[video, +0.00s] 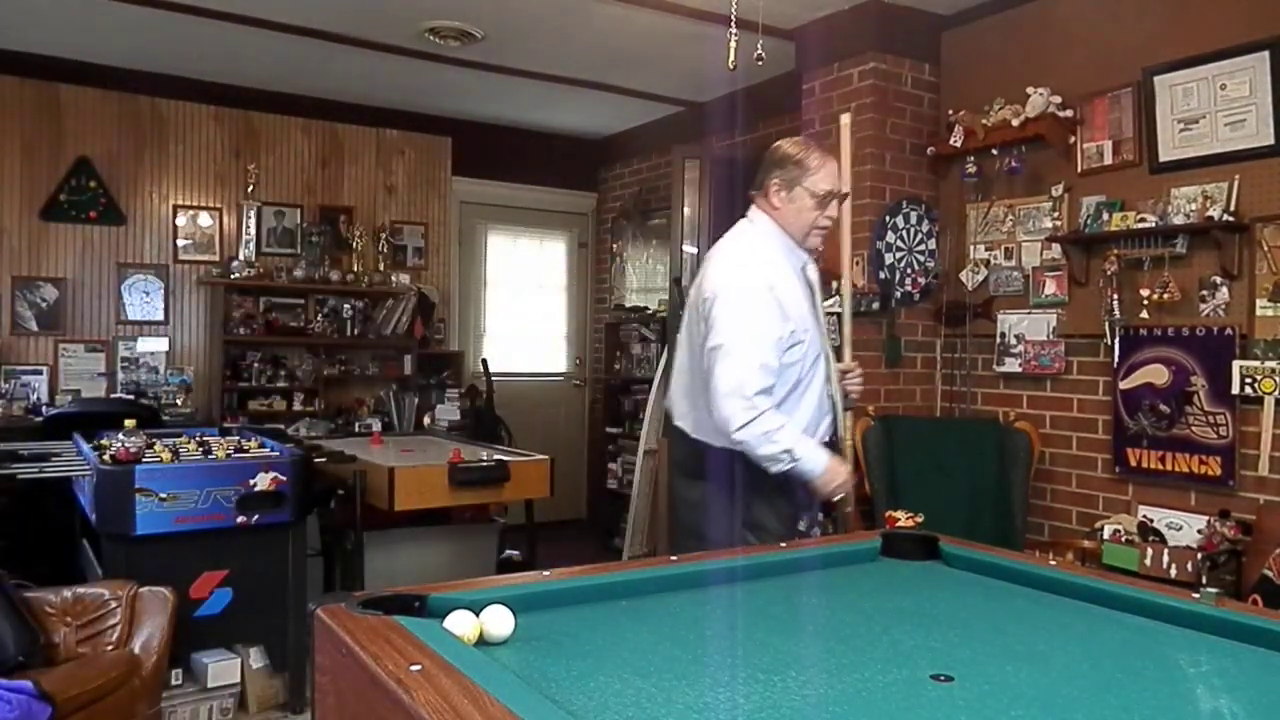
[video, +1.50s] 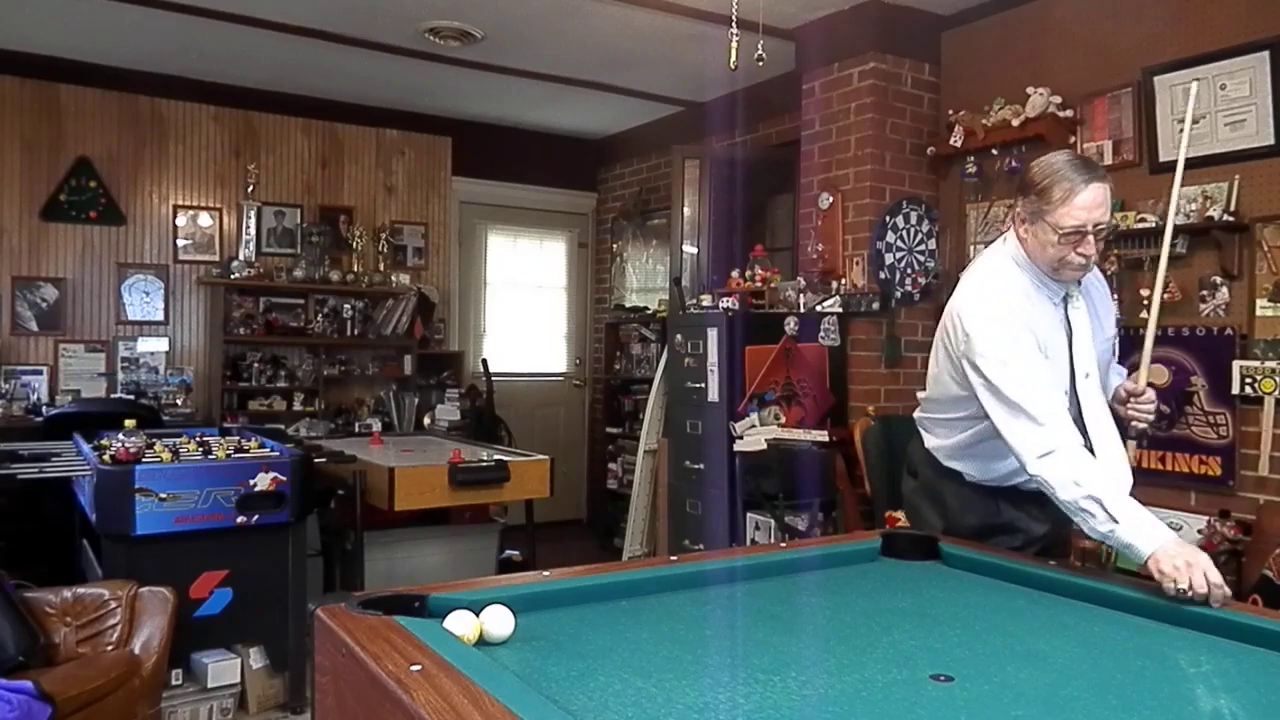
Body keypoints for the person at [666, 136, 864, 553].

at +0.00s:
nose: (833, 214)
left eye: (838, 200)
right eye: (823, 199)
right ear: (777, 194)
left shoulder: (784, 257)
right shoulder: (746, 266)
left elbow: (774, 367)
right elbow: (740, 407)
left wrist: (829, 380)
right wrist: (817, 464)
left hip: (767, 461)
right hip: (731, 468)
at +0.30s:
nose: (901, 218)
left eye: (908, 206)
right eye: (888, 202)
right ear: (844, 197)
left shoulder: (882, 281)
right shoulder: (797, 272)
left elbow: (858, 379)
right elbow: (766, 398)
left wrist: (911, 394)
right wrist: (855, 452)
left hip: (863, 481)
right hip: (795, 479)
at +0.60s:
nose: (993, 225)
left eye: (1004, 217)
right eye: (983, 207)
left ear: (1010, 223)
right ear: (943, 196)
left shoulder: (990, 301)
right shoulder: (873, 267)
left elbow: (996, 380)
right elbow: (807, 370)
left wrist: (1004, 412)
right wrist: (865, 437)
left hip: (938, 488)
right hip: (854, 480)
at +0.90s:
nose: (1039, 234)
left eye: (1052, 221)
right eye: (1028, 214)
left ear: (1058, 225)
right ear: (988, 202)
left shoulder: (1043, 299)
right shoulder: (918, 272)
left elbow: (1051, 382)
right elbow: (861, 379)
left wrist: (1056, 417)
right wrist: (931, 444)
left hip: (990, 491)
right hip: (900, 484)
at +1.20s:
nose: (1068, 256)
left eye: (1078, 239)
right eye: (1052, 238)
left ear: (1086, 232)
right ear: (1007, 226)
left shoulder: (1066, 287)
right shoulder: (960, 303)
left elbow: (1071, 375)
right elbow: (980, 448)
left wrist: (1091, 406)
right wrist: (1080, 513)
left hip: (1026, 495)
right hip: (945, 499)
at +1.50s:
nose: (1089, 250)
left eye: (1099, 231)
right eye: (1071, 233)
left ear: (1107, 221)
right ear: (1022, 223)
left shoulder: (1085, 277)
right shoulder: (989, 306)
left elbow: (1099, 363)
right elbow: (1049, 452)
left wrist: (1121, 392)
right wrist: (1156, 544)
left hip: (1045, 501)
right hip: (967, 505)